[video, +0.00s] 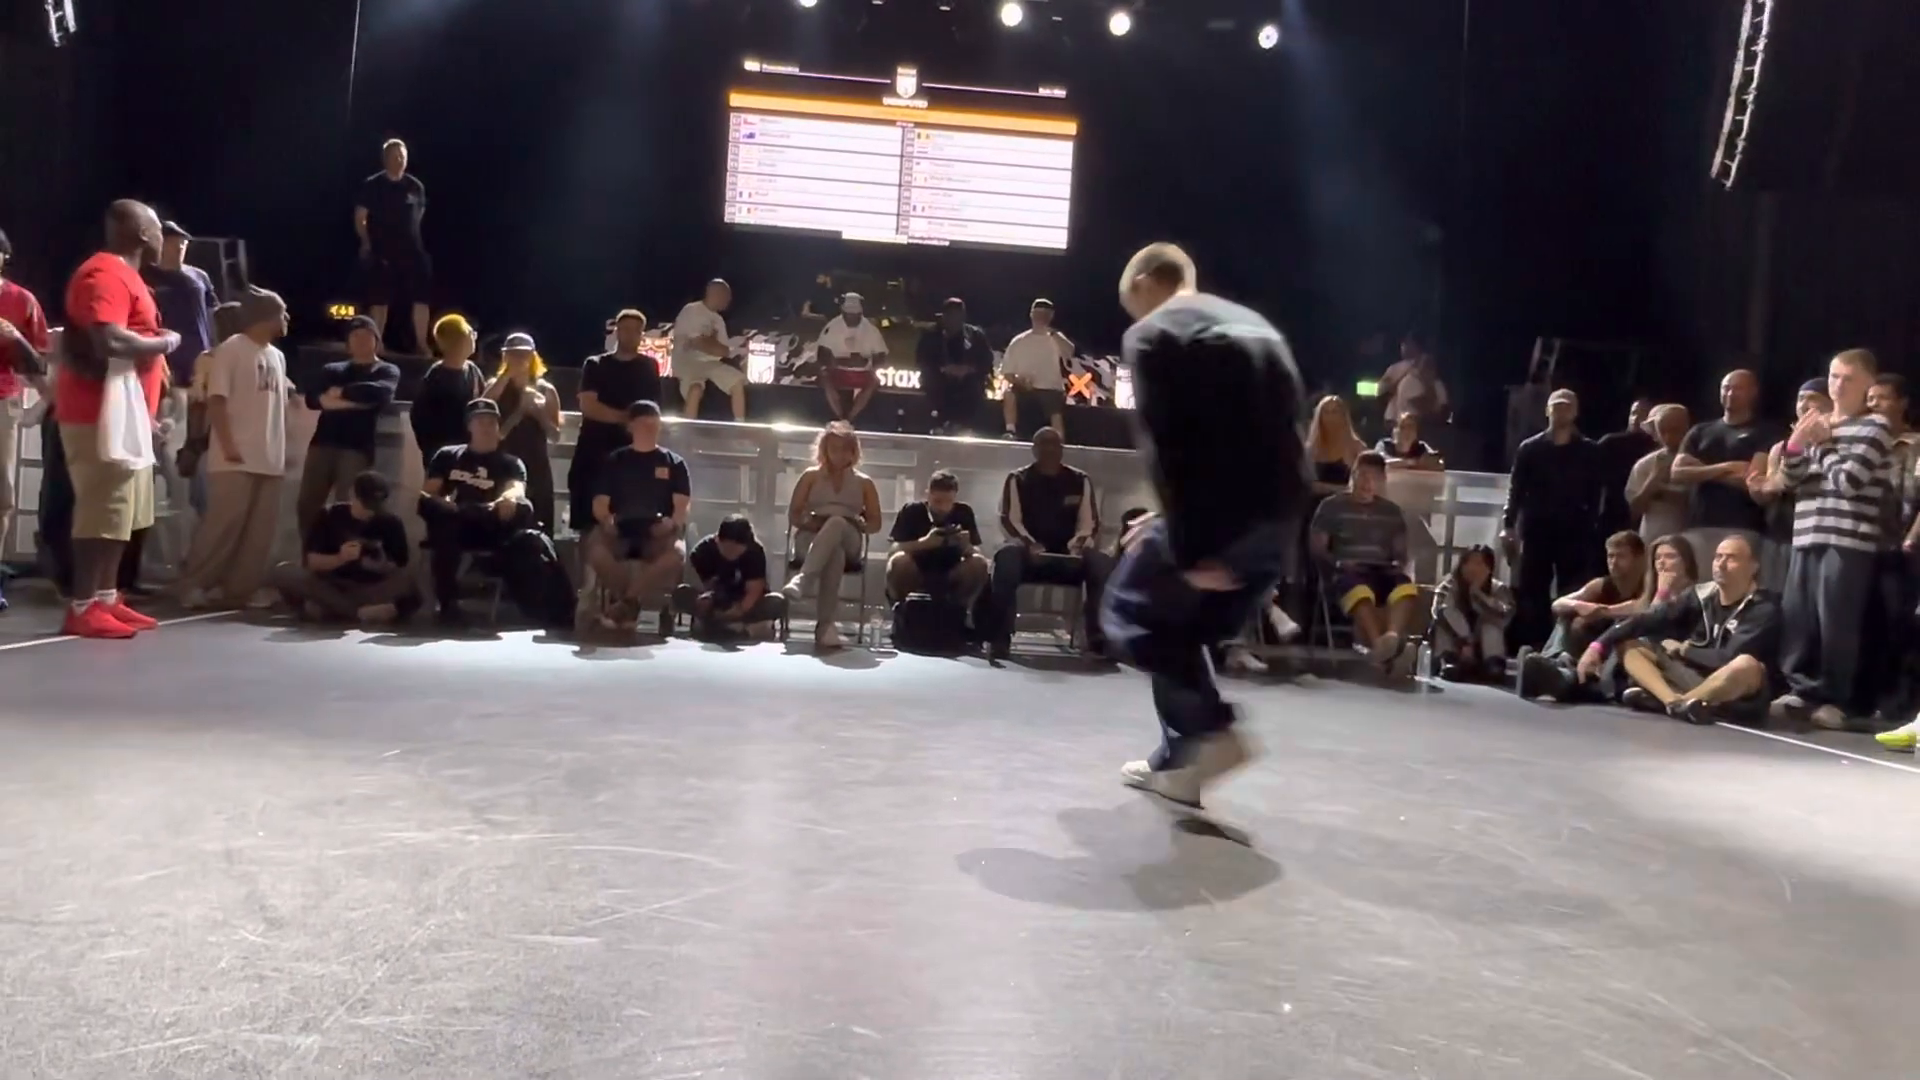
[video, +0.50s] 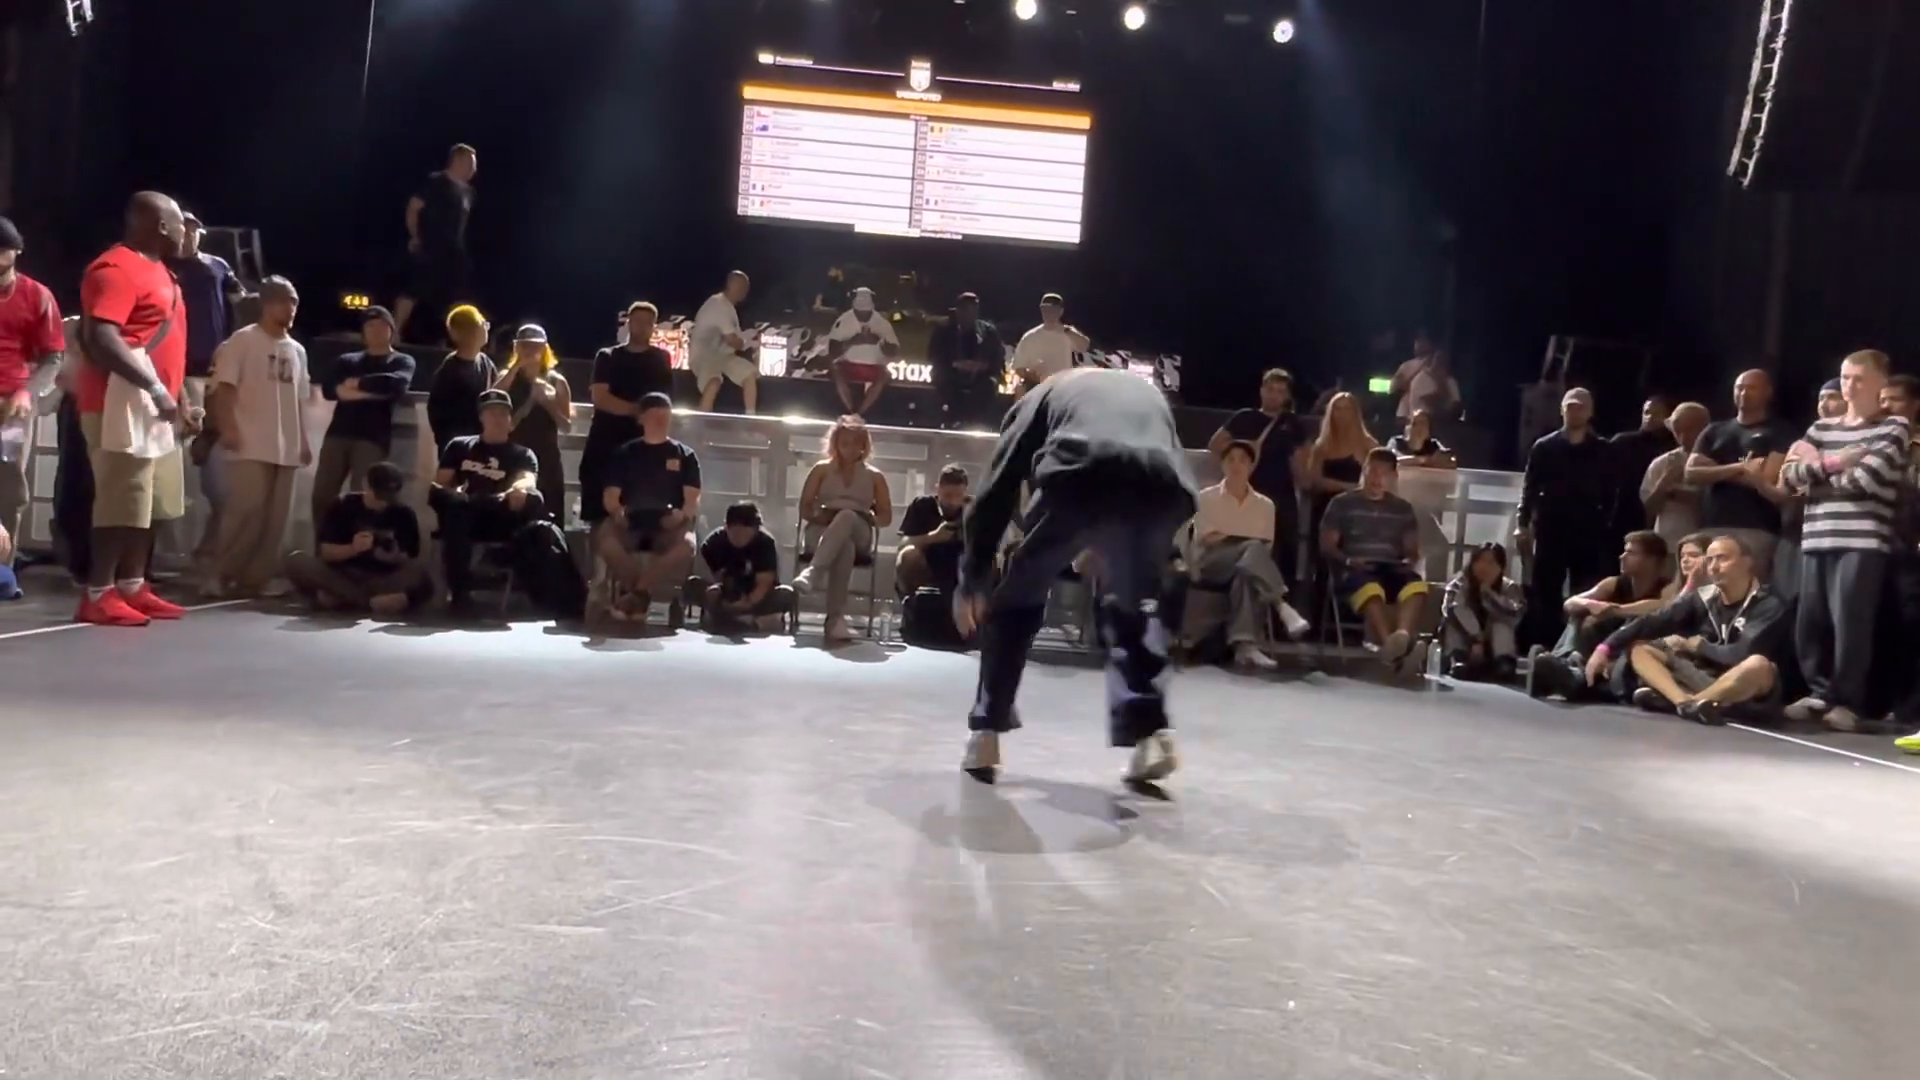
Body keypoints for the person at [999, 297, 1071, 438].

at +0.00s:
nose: (1041, 316)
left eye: (1045, 313)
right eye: (1037, 312)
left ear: (1051, 316)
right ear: (1031, 315)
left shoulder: (1057, 339)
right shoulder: (1018, 341)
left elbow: (1070, 353)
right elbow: (1006, 371)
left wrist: (1054, 335)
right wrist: (1018, 381)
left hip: (1051, 388)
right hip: (1025, 387)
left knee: (1056, 412)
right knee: (1008, 393)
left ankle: (1059, 446)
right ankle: (1010, 431)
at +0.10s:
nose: (1045, 315)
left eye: (1048, 311)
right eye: (1041, 311)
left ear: (1054, 314)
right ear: (1034, 314)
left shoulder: (1061, 338)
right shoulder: (1021, 340)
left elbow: (1075, 354)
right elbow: (1009, 369)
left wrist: (1057, 333)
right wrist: (1022, 380)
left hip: (1054, 387)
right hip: (1029, 387)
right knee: (1012, 391)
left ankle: (1062, 439)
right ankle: (1014, 430)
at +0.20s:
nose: (1045, 313)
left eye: (1049, 309)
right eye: (1042, 309)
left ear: (1056, 313)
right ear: (1037, 312)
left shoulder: (1063, 335)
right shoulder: (1024, 338)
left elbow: (1076, 349)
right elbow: (1012, 367)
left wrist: (1059, 330)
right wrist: (1025, 380)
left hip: (1057, 387)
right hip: (1031, 387)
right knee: (1014, 391)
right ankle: (1016, 427)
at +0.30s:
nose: (1048, 312)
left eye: (1052, 308)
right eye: (1045, 308)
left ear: (1059, 312)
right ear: (1039, 310)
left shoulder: (1065, 335)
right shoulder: (1026, 337)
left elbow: (1082, 349)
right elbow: (1014, 367)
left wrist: (1061, 328)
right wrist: (1026, 377)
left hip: (1060, 388)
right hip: (1035, 388)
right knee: (1016, 389)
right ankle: (1018, 427)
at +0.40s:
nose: (1050, 311)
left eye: (1054, 307)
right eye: (1047, 307)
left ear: (1060, 311)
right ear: (1041, 310)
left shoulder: (1066, 334)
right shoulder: (1029, 336)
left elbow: (1081, 347)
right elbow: (1016, 366)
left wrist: (1064, 328)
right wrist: (1028, 378)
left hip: (1062, 388)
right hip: (1037, 387)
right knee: (1018, 389)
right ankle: (1020, 426)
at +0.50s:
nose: (1048, 314)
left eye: (1052, 310)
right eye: (1045, 309)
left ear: (1061, 311)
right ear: (1041, 311)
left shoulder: (1068, 333)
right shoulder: (1030, 337)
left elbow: (1084, 346)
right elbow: (1018, 366)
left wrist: (1069, 333)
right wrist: (1030, 376)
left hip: (1065, 388)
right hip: (1039, 390)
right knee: (1019, 387)